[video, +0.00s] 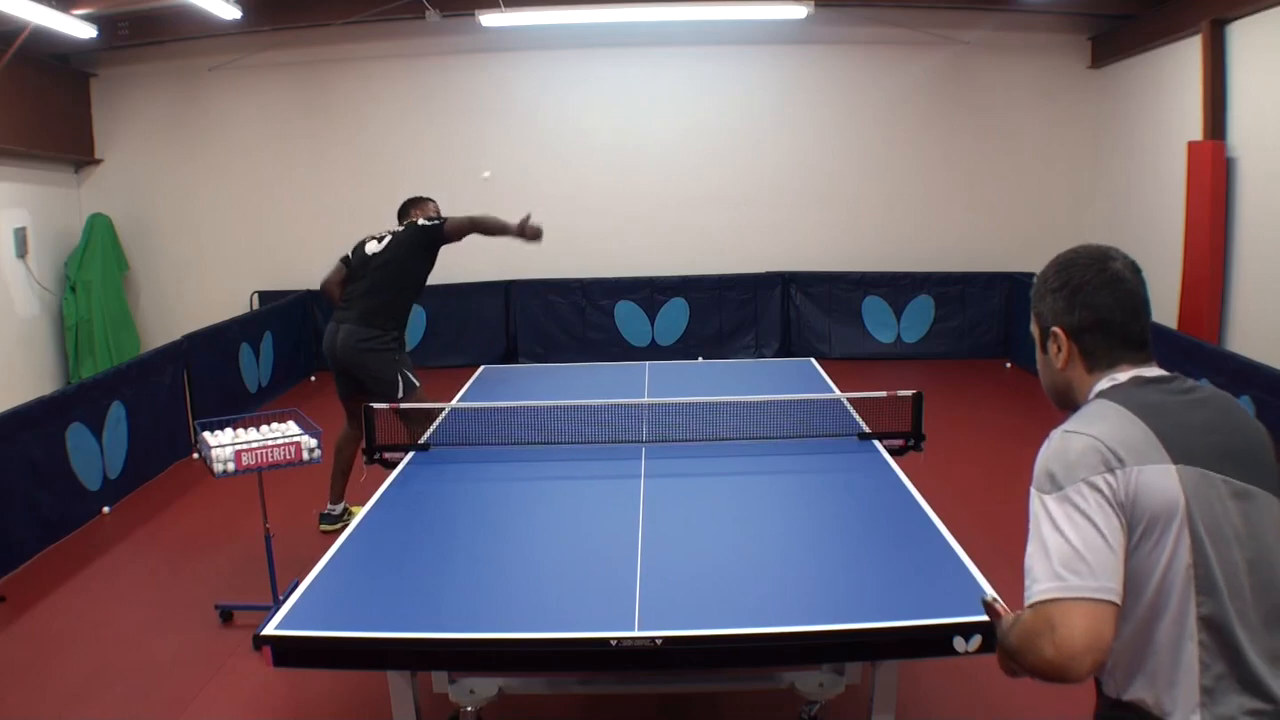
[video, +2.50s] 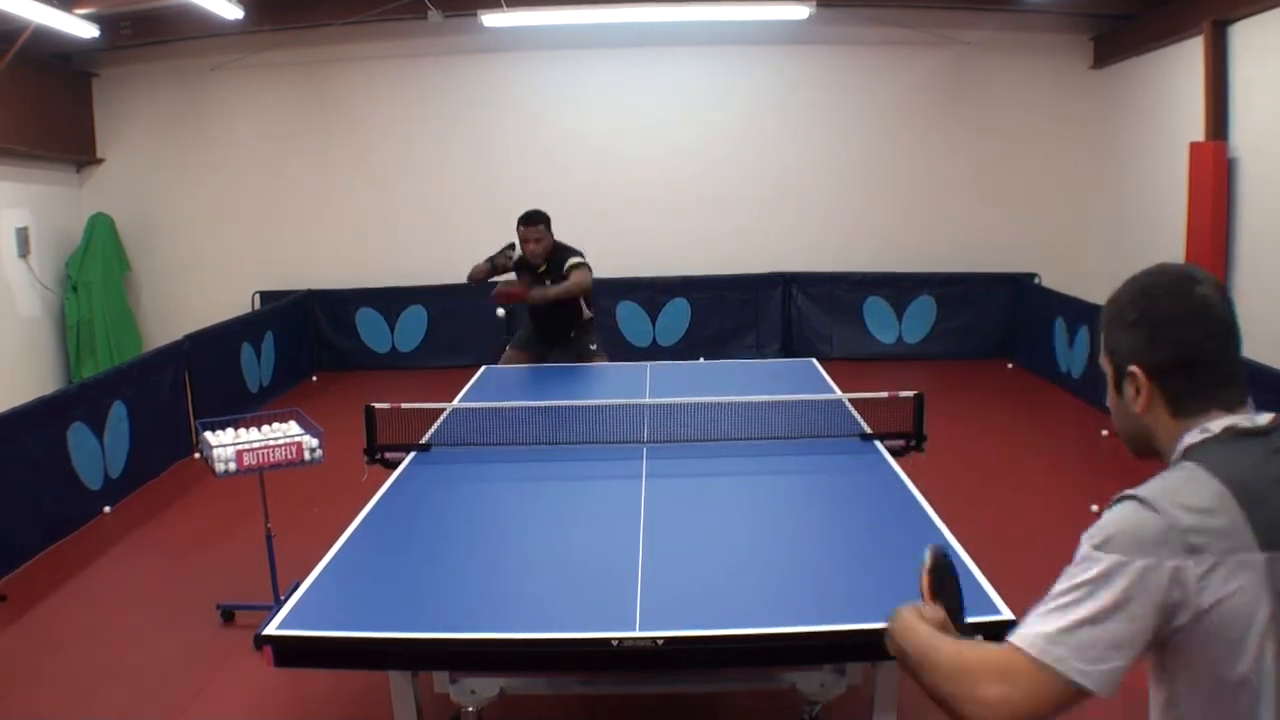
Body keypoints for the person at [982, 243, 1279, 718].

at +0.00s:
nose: (1038, 361)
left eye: (1037, 344)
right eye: (1037, 344)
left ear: (1059, 346)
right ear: (1142, 330)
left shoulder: (1088, 443)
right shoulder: (1239, 419)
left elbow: (1072, 649)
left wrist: (1012, 636)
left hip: (1162, 705)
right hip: (1265, 700)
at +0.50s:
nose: (992, 332)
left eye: (991, 316)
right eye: (990, 315)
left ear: (1012, 317)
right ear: (1091, 301)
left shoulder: (1019, 418)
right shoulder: (1199, 401)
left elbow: (922, 598)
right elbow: (1254, 549)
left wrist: (880, 571)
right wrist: (1160, 586)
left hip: (1084, 703)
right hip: (1212, 700)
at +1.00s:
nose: (848, 372)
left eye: (848, 364)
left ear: (851, 376)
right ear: (934, 366)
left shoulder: (814, 446)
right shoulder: (1007, 425)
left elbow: (704, 501)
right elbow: (1117, 519)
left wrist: (782, 482)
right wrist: (1153, 582)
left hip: (890, 695)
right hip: (1021, 693)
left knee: (819, 699)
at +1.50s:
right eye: (957, 353)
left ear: (866, 366)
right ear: (954, 364)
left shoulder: (821, 441)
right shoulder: (1004, 427)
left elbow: (757, 533)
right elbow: (1102, 553)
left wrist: (815, 482)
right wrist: (1165, 642)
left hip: (867, 698)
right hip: (997, 699)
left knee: (825, 677)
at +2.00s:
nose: (1000, 423)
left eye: (997, 409)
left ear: (1010, 410)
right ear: (1108, 387)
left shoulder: (1002, 526)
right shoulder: (1227, 471)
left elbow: (898, 693)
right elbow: (1269, 623)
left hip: (1079, 708)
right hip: (1226, 708)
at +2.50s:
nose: (1108, 400)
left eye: (1108, 380)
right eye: (1107, 380)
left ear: (1139, 388)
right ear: (1230, 364)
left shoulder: (1164, 518)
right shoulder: (1274, 444)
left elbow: (1004, 694)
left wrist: (906, 627)